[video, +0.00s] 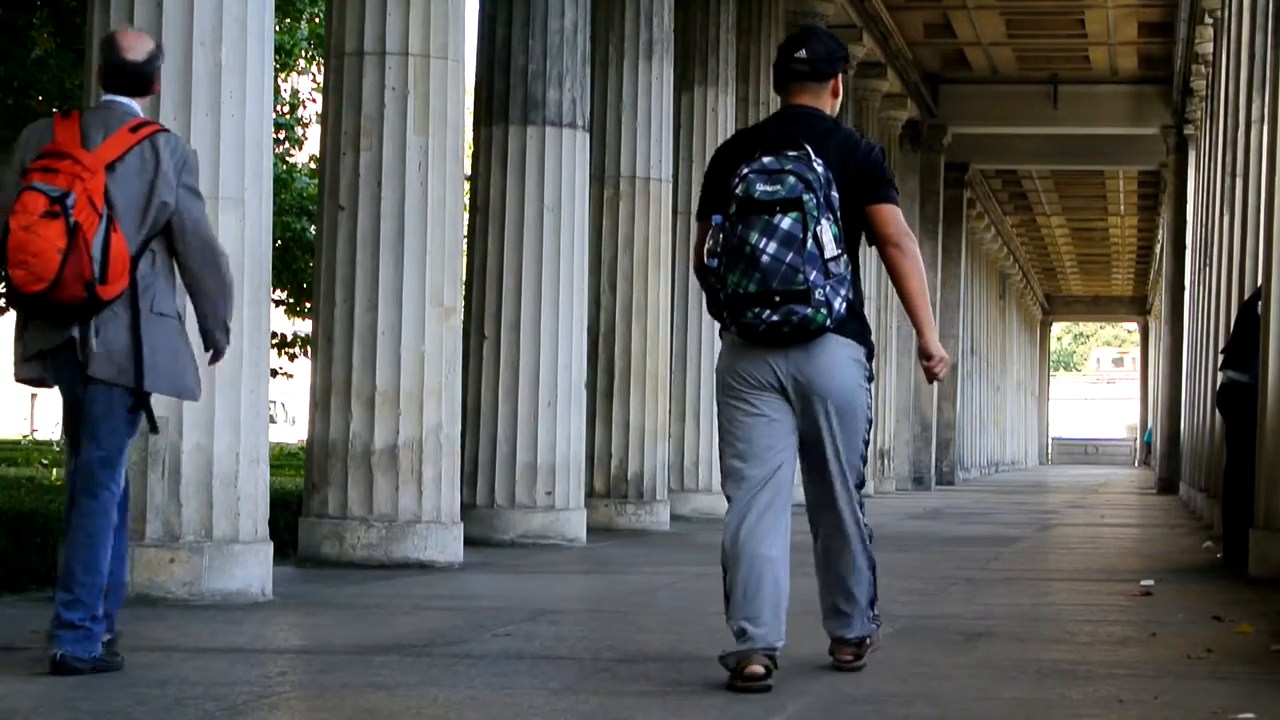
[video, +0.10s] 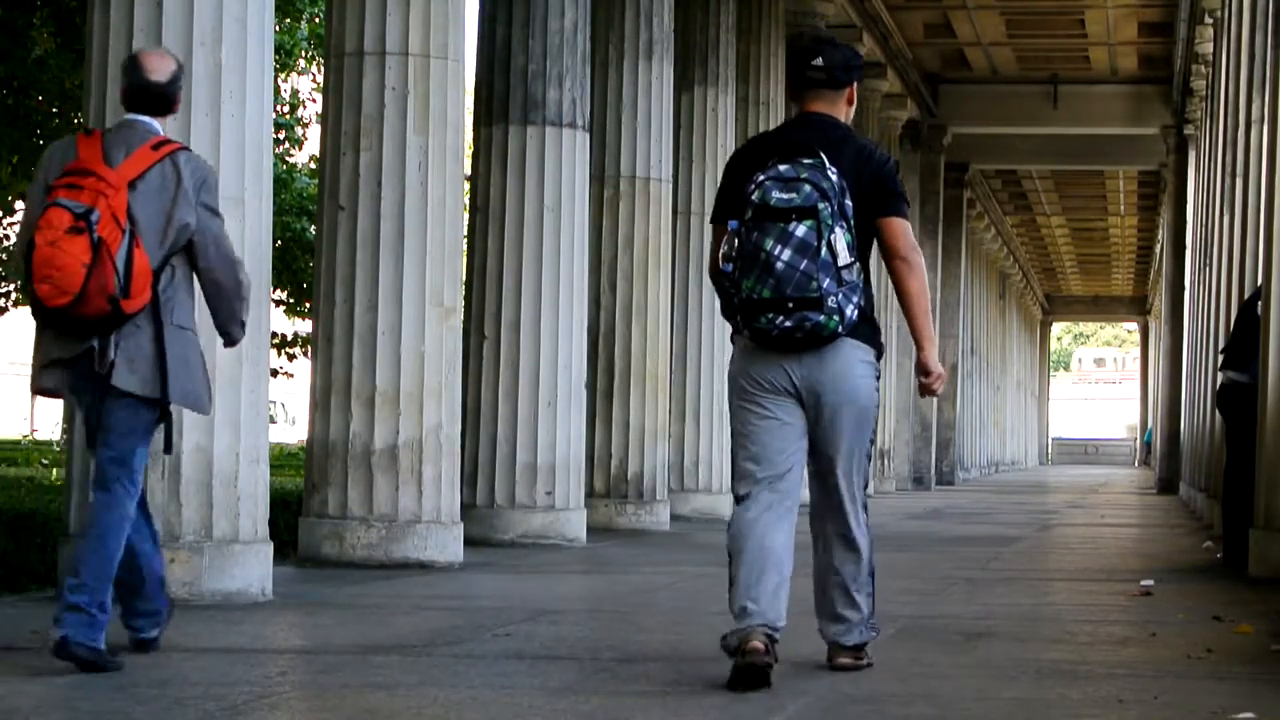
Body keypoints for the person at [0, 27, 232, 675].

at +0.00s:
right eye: (157, 74)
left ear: (97, 78)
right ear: (155, 85)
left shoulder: (44, 137)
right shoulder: (167, 151)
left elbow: (18, 223)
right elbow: (196, 245)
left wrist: (38, 306)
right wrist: (217, 323)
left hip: (57, 324)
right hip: (121, 330)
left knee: (101, 475)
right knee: (97, 479)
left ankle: (100, 622)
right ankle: (76, 640)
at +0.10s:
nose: (179, 102)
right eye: (180, 94)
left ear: (120, 96)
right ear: (174, 104)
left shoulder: (64, 154)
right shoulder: (186, 169)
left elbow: (28, 246)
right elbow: (217, 260)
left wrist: (49, 312)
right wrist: (233, 319)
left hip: (73, 337)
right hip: (142, 342)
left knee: (122, 480)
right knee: (115, 483)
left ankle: (145, 616)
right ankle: (80, 630)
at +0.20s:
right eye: (193, 105)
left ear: (138, 107)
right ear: (192, 116)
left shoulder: (84, 164)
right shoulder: (206, 179)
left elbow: (51, 248)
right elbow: (232, 269)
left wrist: (74, 317)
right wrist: (252, 330)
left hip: (94, 342)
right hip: (163, 345)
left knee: (136, 480)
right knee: (156, 479)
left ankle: (156, 620)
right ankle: (109, 589)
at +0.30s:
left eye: (154, 96)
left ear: (155, 104)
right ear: (209, 115)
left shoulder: (103, 162)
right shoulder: (223, 175)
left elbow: (76, 250)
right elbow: (247, 272)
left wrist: (95, 330)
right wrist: (264, 349)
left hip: (115, 347)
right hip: (185, 350)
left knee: (142, 481)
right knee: (204, 465)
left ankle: (154, 619)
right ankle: (155, 564)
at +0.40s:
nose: (170, 101)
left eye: (173, 94)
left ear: (176, 103)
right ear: (226, 116)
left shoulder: (124, 160)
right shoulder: (245, 174)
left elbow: (99, 248)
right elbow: (254, 268)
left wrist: (116, 330)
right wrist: (276, 353)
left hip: (141, 342)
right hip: (215, 347)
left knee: (153, 474)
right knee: (227, 461)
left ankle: (152, 620)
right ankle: (208, 590)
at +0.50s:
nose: (193, 109)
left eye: (196, 103)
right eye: (202, 103)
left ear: (198, 116)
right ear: (246, 130)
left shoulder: (148, 169)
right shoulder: (262, 187)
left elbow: (112, 252)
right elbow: (266, 276)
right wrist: (281, 363)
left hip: (159, 350)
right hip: (229, 355)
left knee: (163, 476)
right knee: (239, 483)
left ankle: (153, 617)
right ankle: (258, 604)